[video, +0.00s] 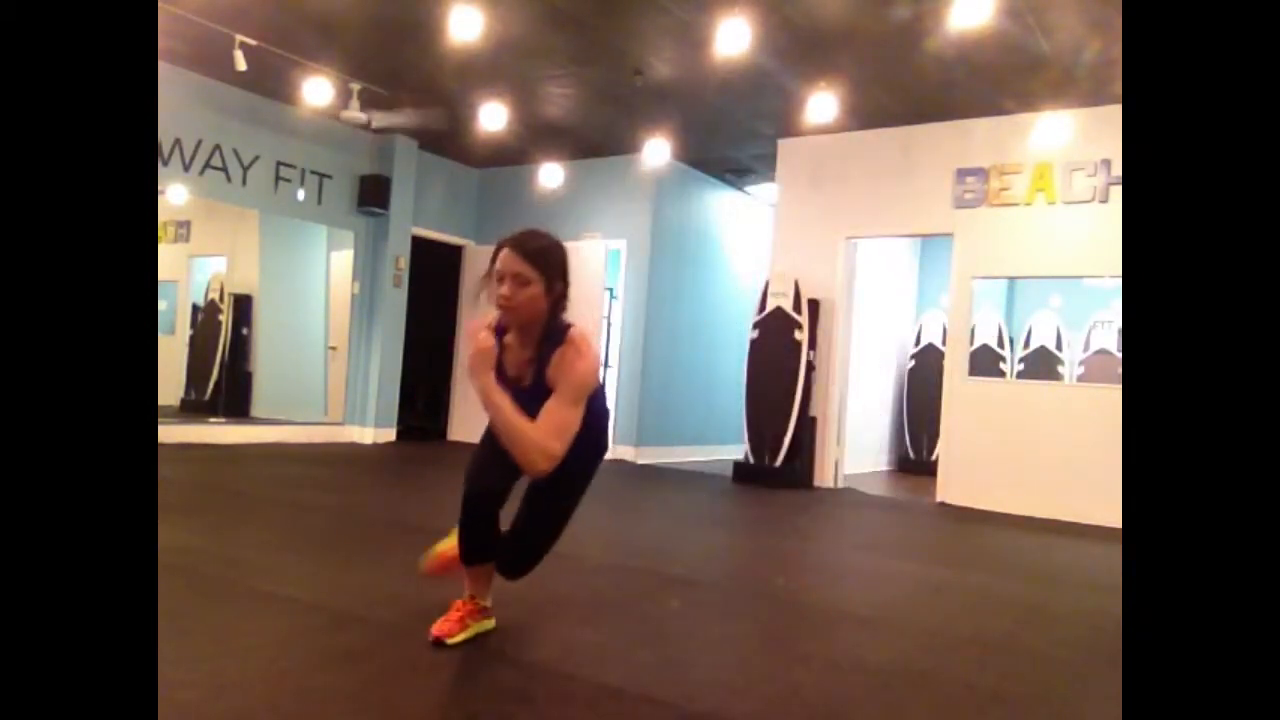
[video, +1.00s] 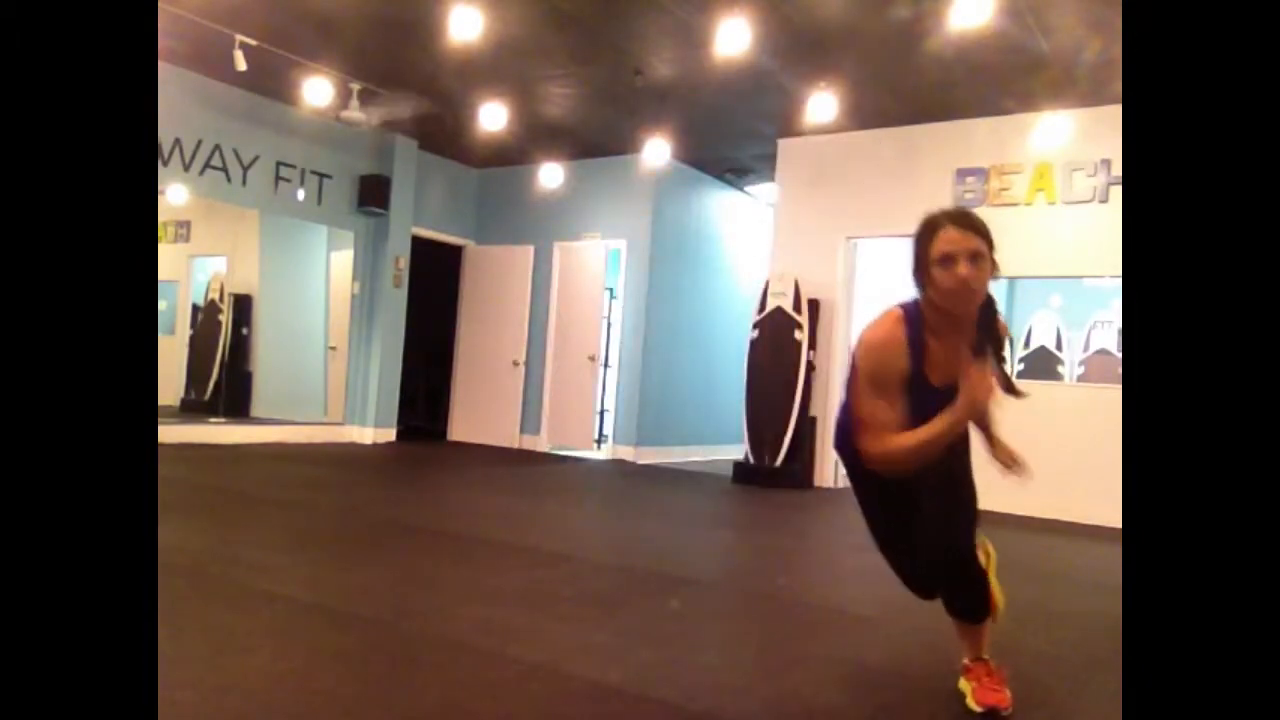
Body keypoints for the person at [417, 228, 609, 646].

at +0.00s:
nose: (505, 292)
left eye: (520, 282)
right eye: (500, 279)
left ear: (554, 291)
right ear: (491, 282)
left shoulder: (577, 355)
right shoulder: (490, 334)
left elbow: (540, 458)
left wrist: (485, 381)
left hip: (576, 437)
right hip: (518, 416)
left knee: (515, 562)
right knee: (480, 495)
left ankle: (472, 543)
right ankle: (477, 603)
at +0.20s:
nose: (589, 221)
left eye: (602, 209)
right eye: (579, 210)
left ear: (627, 218)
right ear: (568, 218)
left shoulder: (649, 280)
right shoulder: (564, 261)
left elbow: (651, 344)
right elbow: (496, 302)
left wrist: (596, 297)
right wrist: (439, 337)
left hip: (613, 405)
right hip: (554, 389)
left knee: (597, 515)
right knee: (509, 493)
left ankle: (561, 519)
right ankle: (478, 601)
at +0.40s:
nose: (729, 133)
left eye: (741, 121)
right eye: (718, 122)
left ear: (761, 132)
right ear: (700, 132)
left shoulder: (782, 194)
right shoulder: (675, 187)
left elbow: (883, 225)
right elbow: (593, 240)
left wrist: (840, 251)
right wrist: (625, 219)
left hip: (727, 354)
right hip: (660, 349)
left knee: (778, 455)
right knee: (583, 451)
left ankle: (829, 569)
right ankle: (493, 570)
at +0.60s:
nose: (865, 179)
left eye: (873, 166)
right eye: (851, 169)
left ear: (889, 174)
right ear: (827, 181)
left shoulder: (913, 241)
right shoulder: (802, 245)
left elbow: (980, 299)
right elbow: (763, 335)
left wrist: (1002, 388)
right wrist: (808, 281)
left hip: (860, 392)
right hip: (789, 383)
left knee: (912, 518)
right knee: (746, 450)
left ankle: (972, 653)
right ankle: (695, 494)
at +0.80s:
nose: (952, 265)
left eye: (964, 252)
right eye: (936, 254)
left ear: (980, 262)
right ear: (912, 269)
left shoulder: (989, 321)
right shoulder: (881, 338)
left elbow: (980, 367)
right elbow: (904, 446)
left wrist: (976, 404)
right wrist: (943, 374)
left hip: (939, 429)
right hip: (870, 441)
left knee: (975, 549)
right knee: (886, 579)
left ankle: (978, 663)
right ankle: (897, 530)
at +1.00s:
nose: (964, 274)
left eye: (976, 259)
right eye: (948, 262)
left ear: (990, 270)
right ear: (923, 274)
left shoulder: (985, 328)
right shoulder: (885, 341)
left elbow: (976, 386)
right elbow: (876, 451)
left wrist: (992, 438)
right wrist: (962, 412)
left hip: (944, 442)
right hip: (878, 457)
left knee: (957, 559)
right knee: (923, 581)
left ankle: (976, 665)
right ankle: (977, 569)